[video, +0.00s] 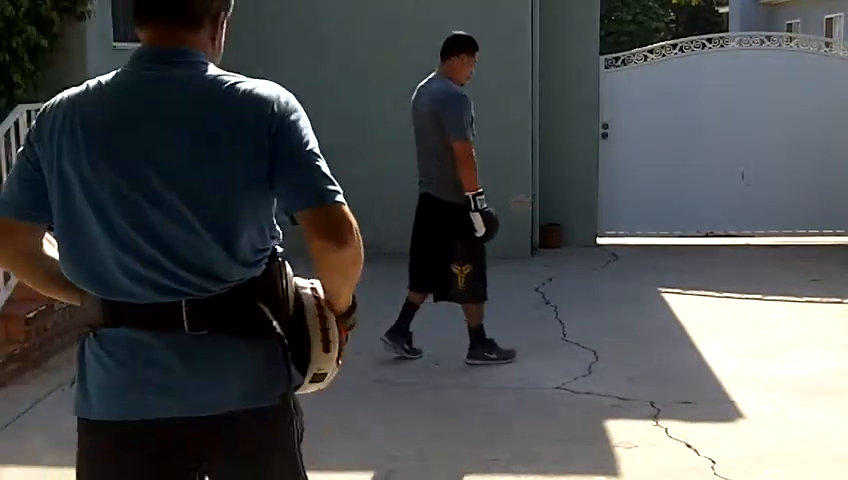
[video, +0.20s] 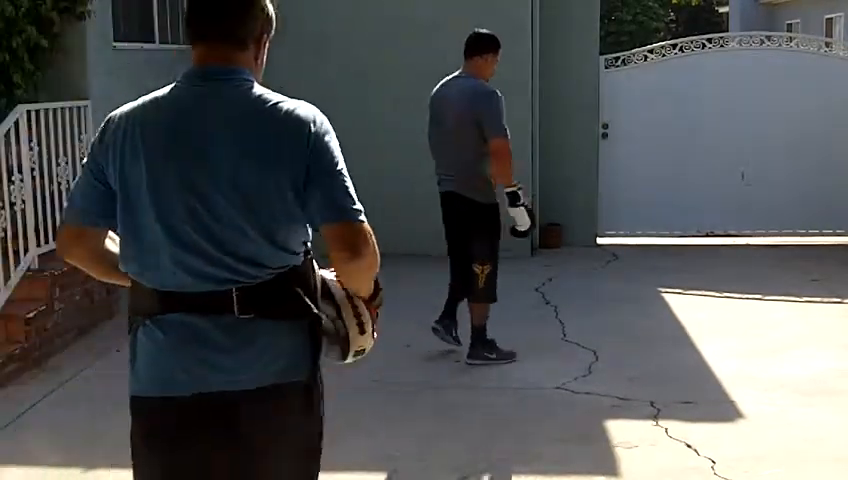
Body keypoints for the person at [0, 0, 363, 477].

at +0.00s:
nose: (227, 32)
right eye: (227, 19)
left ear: (136, 20)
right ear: (220, 20)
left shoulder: (62, 116)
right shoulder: (268, 108)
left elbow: (14, 245)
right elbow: (337, 237)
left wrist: (96, 297)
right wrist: (337, 306)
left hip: (119, 400)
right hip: (244, 395)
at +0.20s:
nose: (267, 52)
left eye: (266, 41)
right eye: (269, 41)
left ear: (191, 38)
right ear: (261, 43)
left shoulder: (124, 127)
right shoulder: (298, 124)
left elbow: (76, 242)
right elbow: (353, 250)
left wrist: (155, 277)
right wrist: (360, 299)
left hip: (166, 377)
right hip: (275, 375)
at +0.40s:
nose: (295, 42)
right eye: (296, 32)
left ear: (223, 28)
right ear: (289, 34)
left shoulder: (164, 106)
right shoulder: (326, 107)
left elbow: (118, 209)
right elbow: (377, 216)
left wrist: (174, 222)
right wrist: (353, 237)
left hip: (207, 324)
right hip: (302, 321)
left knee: (209, 454)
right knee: (298, 462)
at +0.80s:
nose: (286, 54)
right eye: (286, 48)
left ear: (225, 51)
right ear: (283, 50)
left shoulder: (184, 119)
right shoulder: (319, 114)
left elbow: (146, 211)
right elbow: (368, 200)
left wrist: (193, 194)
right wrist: (317, 176)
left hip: (224, 303)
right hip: (302, 299)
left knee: (238, 416)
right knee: (306, 424)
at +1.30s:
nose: (286, 60)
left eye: (284, 54)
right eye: (287, 54)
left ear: (234, 53)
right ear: (281, 55)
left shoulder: (196, 109)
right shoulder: (311, 108)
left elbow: (167, 173)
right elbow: (350, 182)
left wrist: (216, 161)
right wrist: (306, 152)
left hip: (224, 268)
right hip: (290, 265)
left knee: (236, 378)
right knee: (283, 357)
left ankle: (248, 475)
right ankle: (278, 449)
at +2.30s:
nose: (280, 56)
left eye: (278, 50)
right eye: (280, 50)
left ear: (238, 48)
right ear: (272, 49)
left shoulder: (207, 91)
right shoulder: (290, 90)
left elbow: (201, 146)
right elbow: (330, 147)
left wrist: (240, 129)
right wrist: (294, 123)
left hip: (226, 215)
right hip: (279, 212)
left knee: (236, 303)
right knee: (290, 290)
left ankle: (244, 399)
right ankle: (285, 380)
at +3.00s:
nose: (317, 62)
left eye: (317, 55)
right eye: (316, 54)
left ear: (280, 50)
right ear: (303, 52)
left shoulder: (248, 88)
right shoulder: (312, 91)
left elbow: (259, 136)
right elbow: (348, 146)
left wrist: (316, 116)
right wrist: (347, 118)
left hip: (258, 195)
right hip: (299, 197)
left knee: (264, 270)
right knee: (294, 279)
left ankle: (264, 347)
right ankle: (285, 365)